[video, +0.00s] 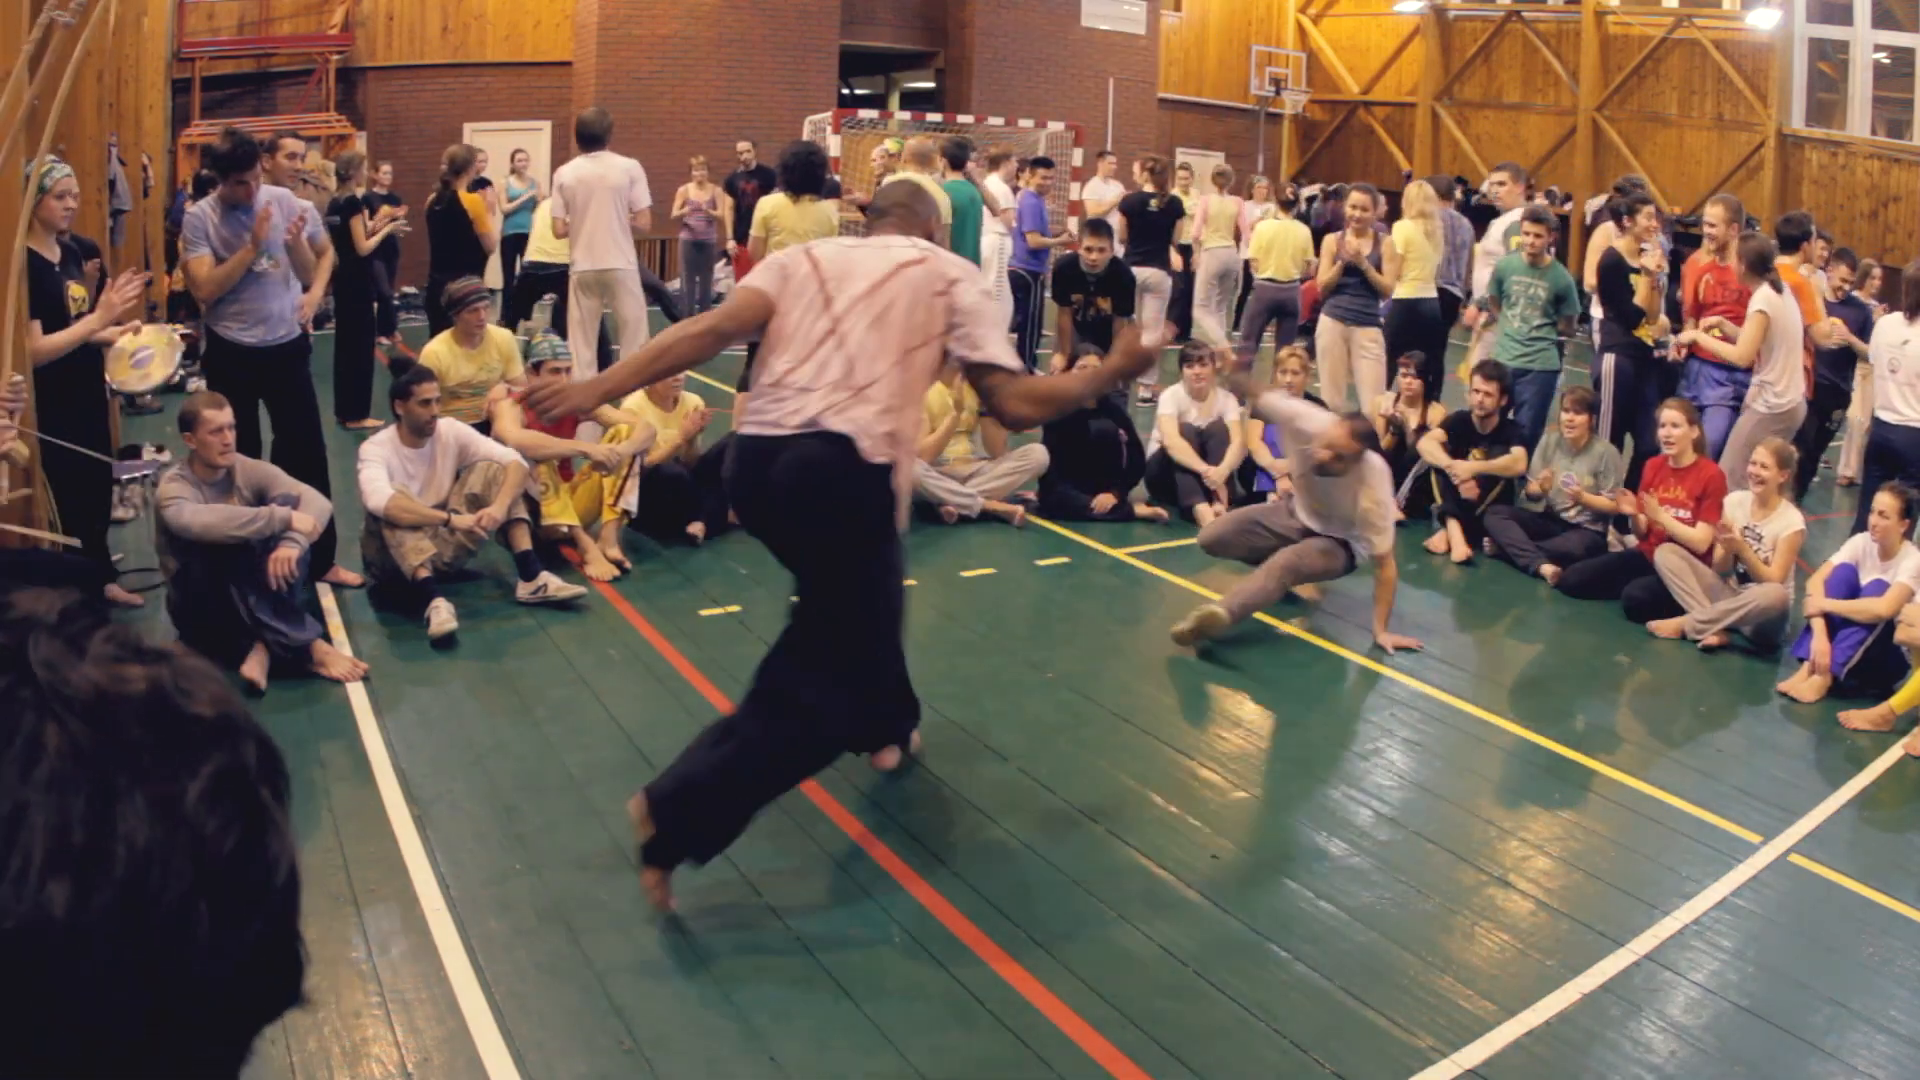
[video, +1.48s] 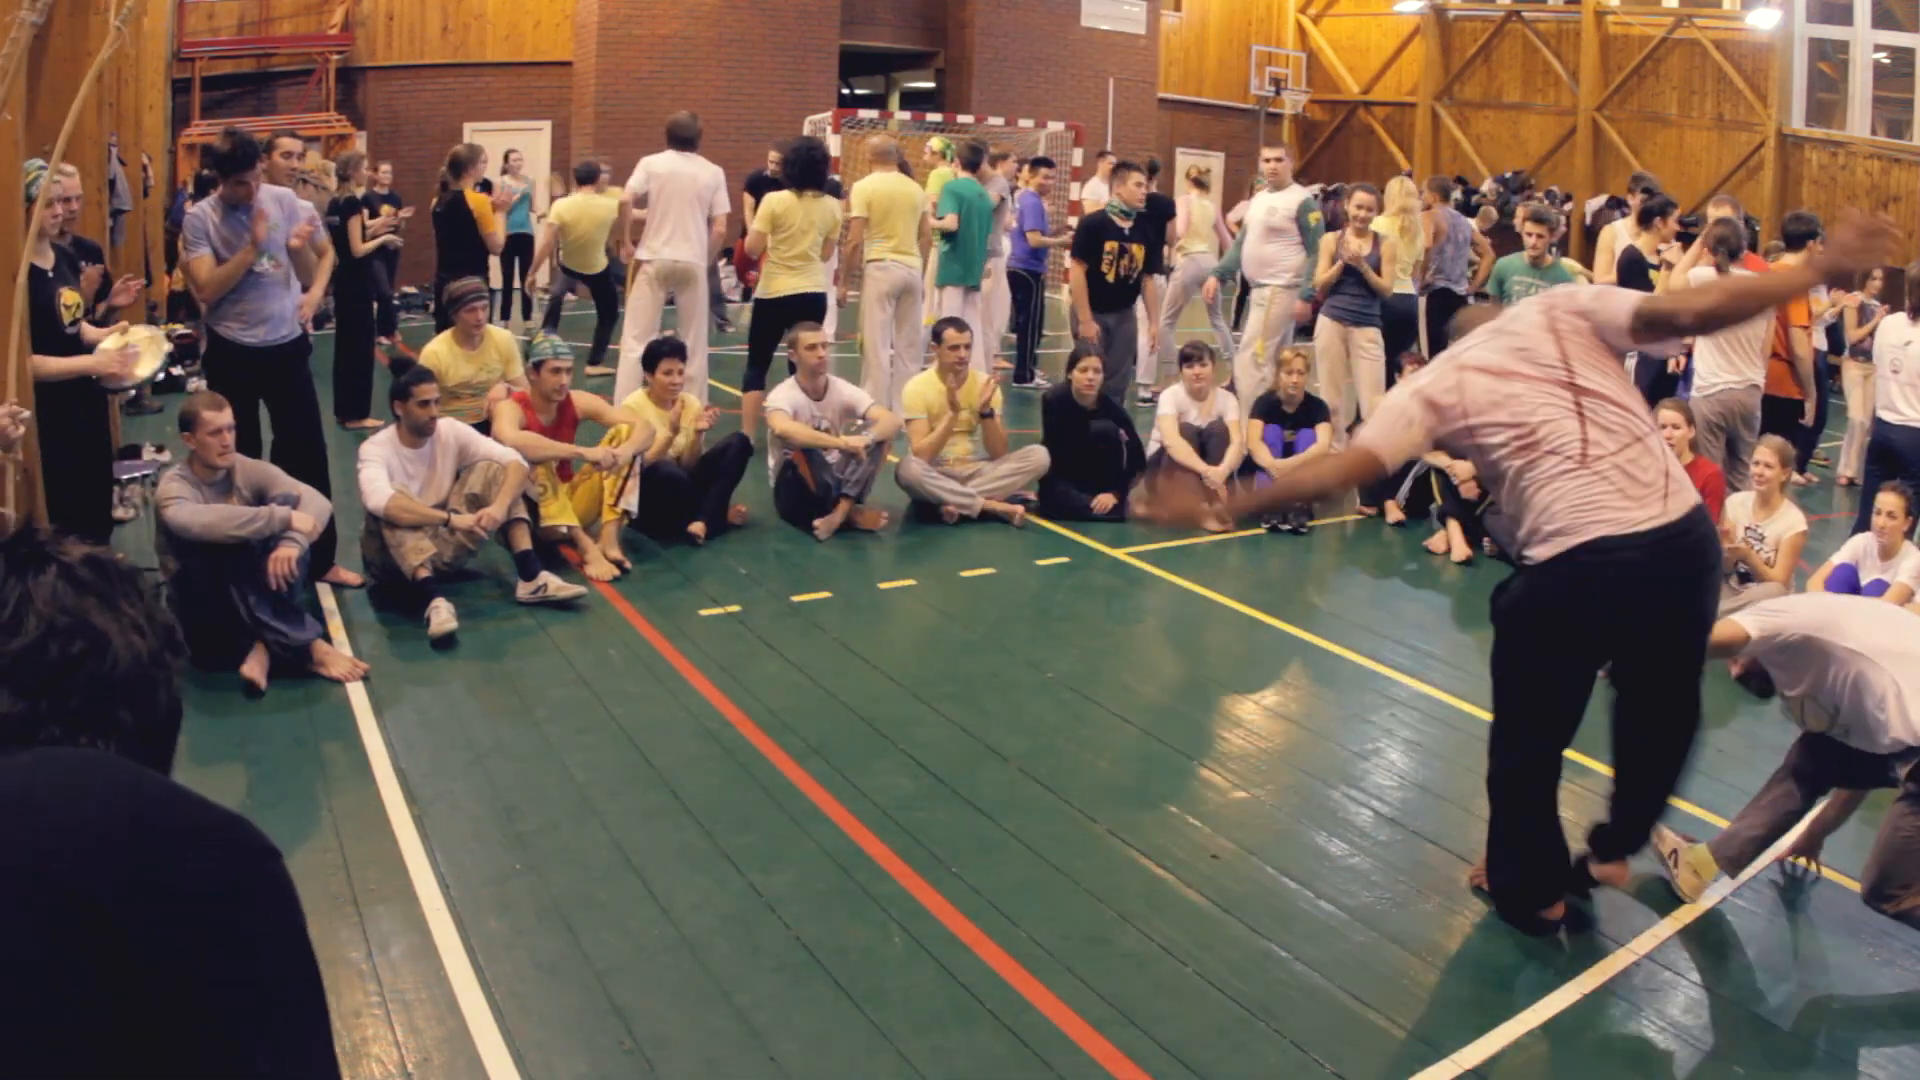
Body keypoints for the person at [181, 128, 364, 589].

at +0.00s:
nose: (246, 191)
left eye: (251, 181)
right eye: (236, 184)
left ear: (260, 172)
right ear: (217, 179)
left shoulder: (284, 203)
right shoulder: (200, 216)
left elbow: (310, 275)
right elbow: (204, 291)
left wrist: (294, 248)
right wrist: (253, 245)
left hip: (285, 346)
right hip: (228, 350)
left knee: (305, 452)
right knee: (238, 456)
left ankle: (320, 563)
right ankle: (247, 565)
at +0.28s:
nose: (250, 191)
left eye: (255, 181)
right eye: (240, 184)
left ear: (262, 172)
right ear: (218, 180)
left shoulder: (283, 202)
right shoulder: (200, 216)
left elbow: (309, 274)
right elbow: (206, 291)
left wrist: (288, 241)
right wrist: (260, 246)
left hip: (286, 346)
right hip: (229, 350)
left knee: (305, 452)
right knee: (239, 455)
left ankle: (320, 562)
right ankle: (246, 565)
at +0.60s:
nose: (247, 192)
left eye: (253, 182)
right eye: (237, 185)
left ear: (262, 172)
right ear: (217, 179)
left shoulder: (284, 203)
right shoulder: (200, 217)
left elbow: (306, 275)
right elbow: (206, 291)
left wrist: (287, 242)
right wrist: (260, 250)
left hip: (286, 347)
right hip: (229, 350)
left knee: (305, 452)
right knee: (239, 455)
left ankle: (320, 562)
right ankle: (247, 564)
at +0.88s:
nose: (251, 191)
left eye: (255, 181)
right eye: (240, 184)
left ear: (263, 172)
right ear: (219, 180)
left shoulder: (285, 203)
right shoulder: (200, 217)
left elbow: (304, 274)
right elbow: (207, 291)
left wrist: (287, 243)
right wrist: (260, 258)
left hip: (286, 347)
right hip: (229, 350)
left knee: (305, 452)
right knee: (238, 454)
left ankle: (320, 562)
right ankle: (246, 563)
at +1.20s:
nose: (248, 190)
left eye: (253, 180)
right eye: (238, 184)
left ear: (262, 170)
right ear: (217, 179)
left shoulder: (284, 203)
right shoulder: (200, 217)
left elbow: (305, 274)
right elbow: (208, 292)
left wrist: (287, 241)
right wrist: (261, 253)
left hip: (286, 347)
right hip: (229, 350)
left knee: (305, 452)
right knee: (239, 454)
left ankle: (320, 562)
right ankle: (246, 565)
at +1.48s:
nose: (250, 190)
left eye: (255, 180)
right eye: (239, 183)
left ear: (262, 170)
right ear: (218, 180)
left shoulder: (286, 202)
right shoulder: (200, 217)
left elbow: (317, 269)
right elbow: (205, 291)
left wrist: (298, 253)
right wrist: (253, 245)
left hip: (287, 346)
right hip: (230, 349)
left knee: (306, 452)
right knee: (239, 454)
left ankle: (321, 562)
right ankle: (246, 564)